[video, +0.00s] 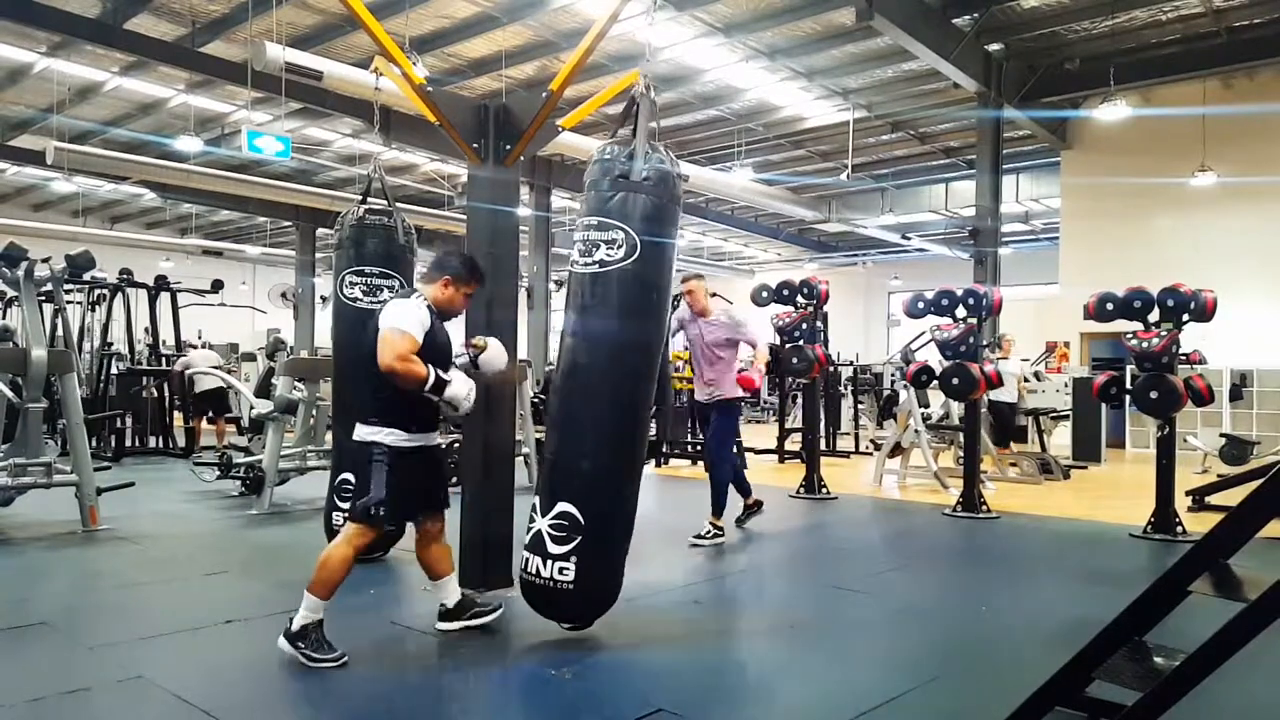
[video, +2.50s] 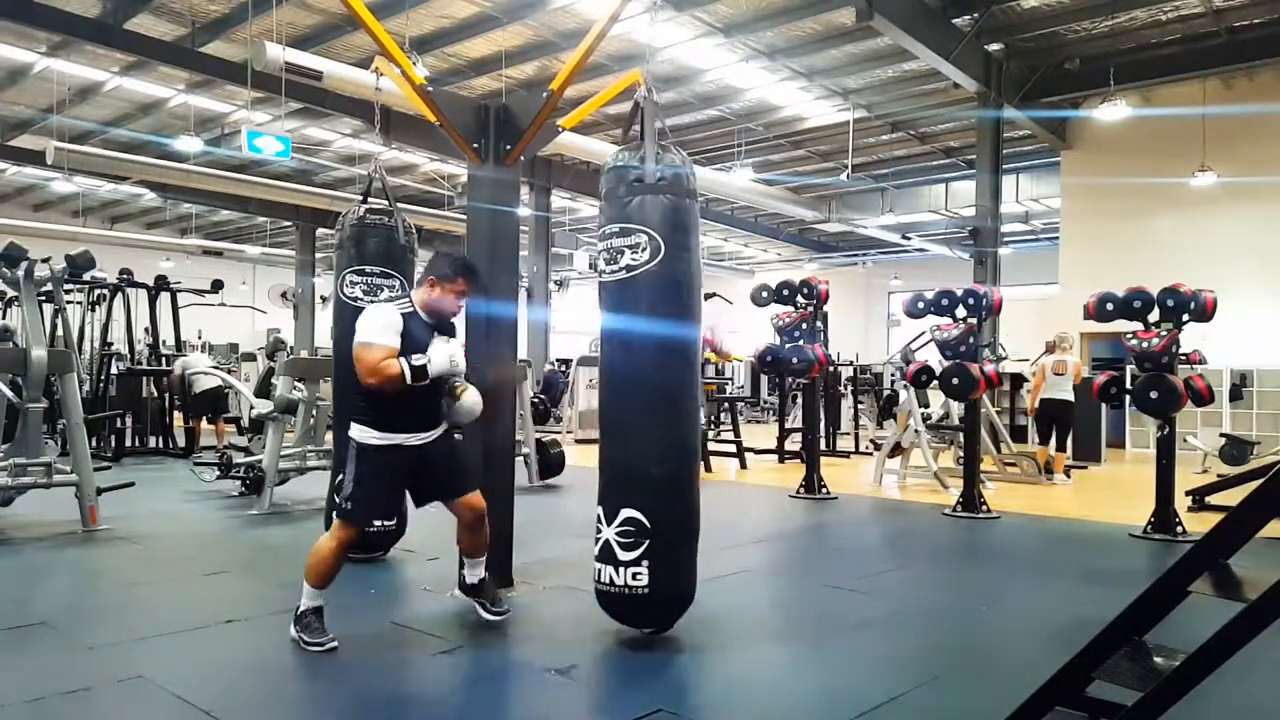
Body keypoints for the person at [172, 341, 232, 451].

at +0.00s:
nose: (186, 355)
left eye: (186, 353)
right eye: (186, 353)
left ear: (188, 351)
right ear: (197, 347)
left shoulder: (188, 357)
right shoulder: (212, 353)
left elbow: (176, 369)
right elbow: (222, 365)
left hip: (202, 389)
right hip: (219, 386)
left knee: (197, 420)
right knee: (220, 419)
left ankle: (197, 446)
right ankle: (219, 445)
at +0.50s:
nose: (171, 367)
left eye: (172, 365)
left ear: (175, 360)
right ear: (185, 356)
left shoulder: (176, 364)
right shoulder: (201, 356)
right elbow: (217, 367)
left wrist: (140, 388)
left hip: (200, 391)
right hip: (217, 387)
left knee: (196, 421)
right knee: (219, 419)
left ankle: (196, 447)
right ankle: (220, 446)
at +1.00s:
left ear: (181, 357)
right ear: (193, 354)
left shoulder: (180, 360)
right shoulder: (204, 357)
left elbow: (166, 378)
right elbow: (217, 368)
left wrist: (146, 388)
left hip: (200, 391)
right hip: (217, 388)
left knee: (196, 421)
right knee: (218, 420)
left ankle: (196, 447)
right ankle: (220, 446)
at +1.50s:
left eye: (173, 365)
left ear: (177, 360)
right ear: (187, 355)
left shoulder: (178, 362)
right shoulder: (202, 356)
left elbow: (163, 378)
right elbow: (216, 367)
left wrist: (145, 387)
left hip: (200, 391)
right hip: (217, 387)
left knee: (196, 421)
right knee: (218, 420)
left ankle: (196, 448)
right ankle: (220, 446)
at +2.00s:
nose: (172, 368)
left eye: (173, 365)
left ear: (177, 360)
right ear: (186, 355)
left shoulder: (178, 362)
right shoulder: (202, 356)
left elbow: (162, 380)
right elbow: (215, 367)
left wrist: (144, 387)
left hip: (199, 391)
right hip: (217, 387)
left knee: (196, 421)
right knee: (218, 420)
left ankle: (196, 448)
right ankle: (220, 446)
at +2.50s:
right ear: (196, 350)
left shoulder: (180, 361)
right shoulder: (204, 357)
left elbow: (177, 375)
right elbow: (215, 368)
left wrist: (178, 395)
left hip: (200, 389)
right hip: (217, 386)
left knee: (196, 421)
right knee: (219, 419)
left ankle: (196, 447)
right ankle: (220, 446)